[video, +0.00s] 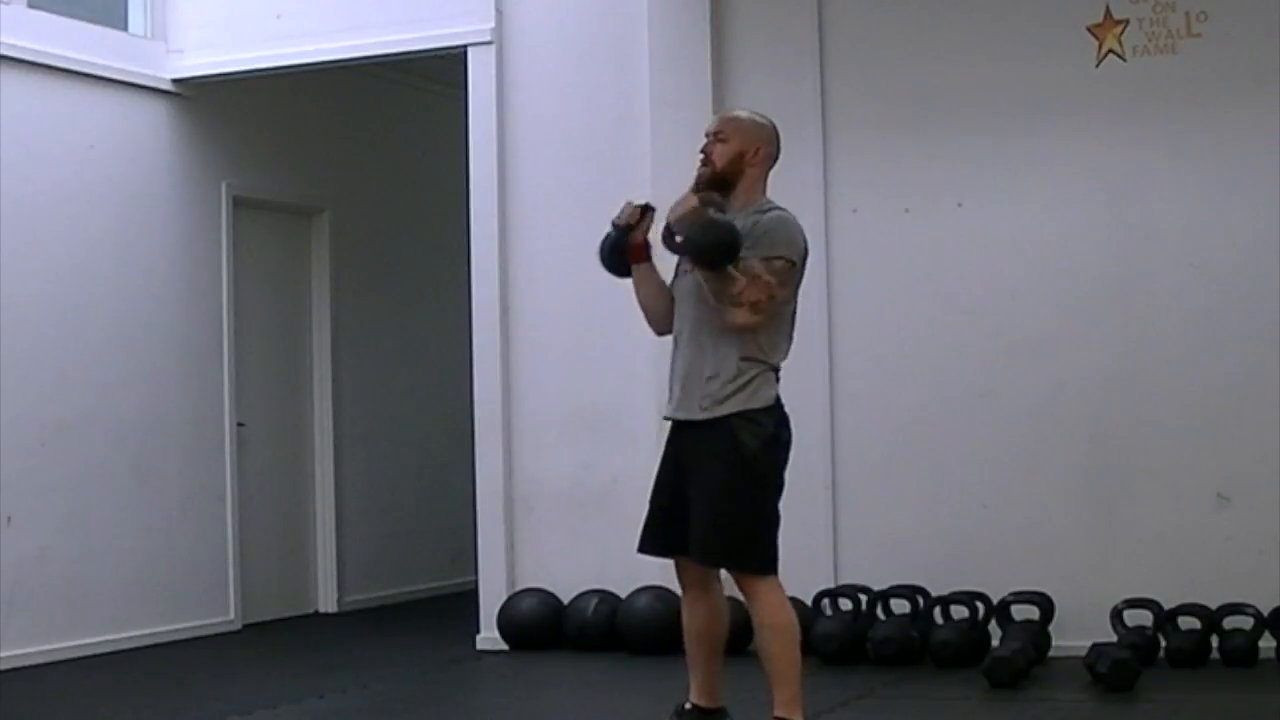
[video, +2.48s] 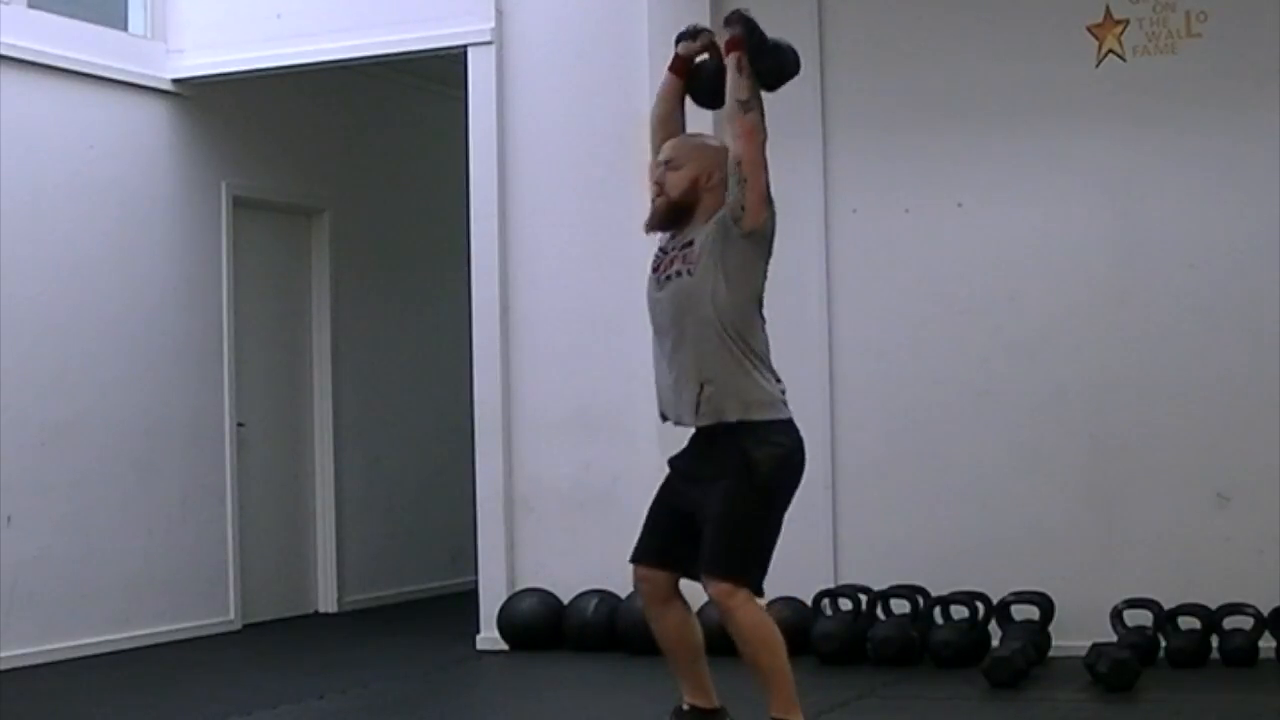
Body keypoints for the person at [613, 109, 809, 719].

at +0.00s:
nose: (704, 148)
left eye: (719, 139)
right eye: (706, 139)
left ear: (758, 156)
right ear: (715, 158)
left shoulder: (779, 229)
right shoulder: (704, 228)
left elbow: (743, 309)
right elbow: (663, 318)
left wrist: (695, 231)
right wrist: (637, 250)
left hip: (747, 425)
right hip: (693, 423)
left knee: (755, 575)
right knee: (694, 570)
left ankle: (789, 712)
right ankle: (704, 706)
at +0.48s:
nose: (675, 194)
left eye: (690, 183)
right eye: (677, 184)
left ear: (730, 195)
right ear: (715, 198)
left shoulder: (760, 283)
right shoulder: (687, 291)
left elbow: (725, 401)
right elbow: (666, 386)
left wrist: (687, 485)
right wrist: (633, 470)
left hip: (802, 453)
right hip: (738, 457)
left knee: (767, 571)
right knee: (670, 560)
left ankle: (791, 713)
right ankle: (702, 703)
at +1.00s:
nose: (576, 253)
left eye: (590, 241)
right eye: (579, 241)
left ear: (631, 250)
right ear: (624, 252)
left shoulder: (691, 324)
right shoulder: (623, 342)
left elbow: (731, 438)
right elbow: (677, 434)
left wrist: (753, 512)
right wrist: (725, 510)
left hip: (793, 448)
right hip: (736, 458)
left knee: (753, 574)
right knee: (666, 562)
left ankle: (792, 712)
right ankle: (703, 704)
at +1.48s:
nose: (723, 154)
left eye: (738, 144)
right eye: (724, 145)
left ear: (776, 159)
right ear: (735, 160)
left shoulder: (796, 227)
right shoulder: (725, 237)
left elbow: (787, 322)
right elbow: (703, 330)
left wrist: (697, 292)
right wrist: (644, 308)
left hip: (771, 425)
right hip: (715, 425)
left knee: (766, 569)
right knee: (695, 564)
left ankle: (793, 711)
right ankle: (704, 704)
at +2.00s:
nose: (706, 198)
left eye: (721, 189)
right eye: (707, 188)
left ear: (759, 204)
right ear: (711, 202)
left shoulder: (774, 281)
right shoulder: (692, 283)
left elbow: (709, 349)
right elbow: (642, 359)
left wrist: (716, 264)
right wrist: (661, 278)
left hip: (744, 467)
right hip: (684, 469)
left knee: (696, 601)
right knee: (625, 592)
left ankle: (783, 714)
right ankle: (697, 706)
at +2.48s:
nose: (659, 178)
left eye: (671, 167)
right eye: (660, 168)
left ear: (710, 175)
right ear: (678, 181)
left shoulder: (740, 230)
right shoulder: (677, 236)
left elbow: (748, 145)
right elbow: (665, 147)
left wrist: (738, 67)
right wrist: (677, 72)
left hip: (760, 441)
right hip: (706, 443)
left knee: (728, 585)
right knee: (652, 573)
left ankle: (788, 713)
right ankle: (702, 706)